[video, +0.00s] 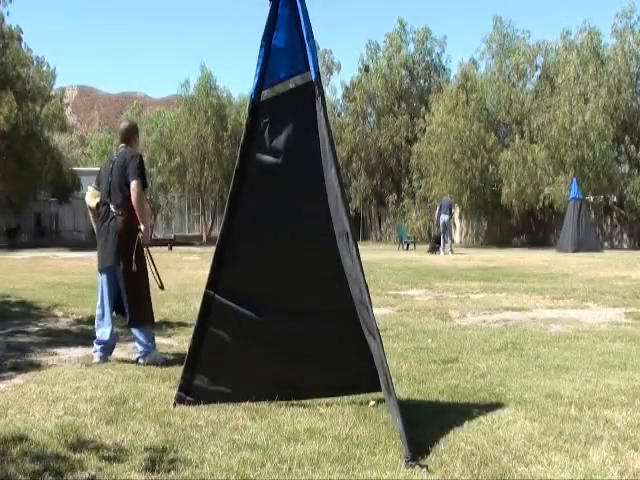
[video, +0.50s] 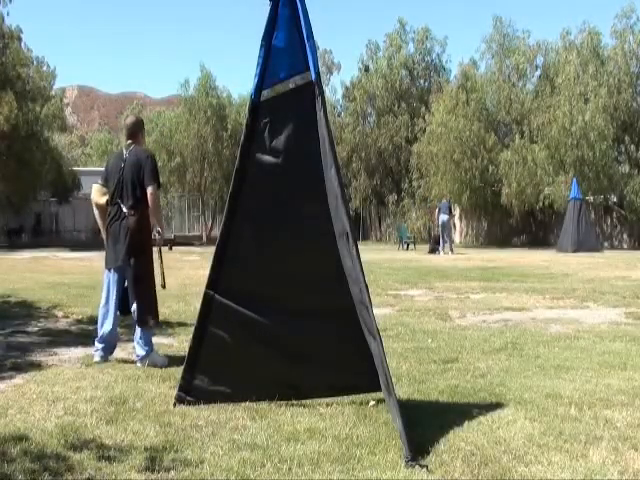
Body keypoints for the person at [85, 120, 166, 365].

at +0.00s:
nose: (140, 141)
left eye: (138, 137)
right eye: (139, 138)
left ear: (119, 139)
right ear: (136, 138)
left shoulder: (107, 163)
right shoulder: (133, 158)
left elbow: (92, 200)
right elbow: (136, 195)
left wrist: (100, 228)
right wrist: (145, 225)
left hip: (105, 234)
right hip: (125, 232)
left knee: (106, 295)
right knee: (135, 291)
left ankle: (101, 348)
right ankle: (146, 349)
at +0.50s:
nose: (145, 136)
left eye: (141, 133)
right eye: (144, 133)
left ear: (125, 135)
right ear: (142, 134)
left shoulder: (113, 160)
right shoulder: (146, 157)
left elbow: (98, 198)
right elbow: (151, 194)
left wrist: (105, 231)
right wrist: (158, 226)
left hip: (115, 231)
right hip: (138, 233)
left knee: (110, 293)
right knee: (141, 292)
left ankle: (102, 348)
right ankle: (144, 351)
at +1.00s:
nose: (143, 134)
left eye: (140, 131)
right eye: (143, 131)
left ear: (123, 133)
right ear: (140, 132)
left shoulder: (113, 160)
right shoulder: (144, 156)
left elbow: (98, 198)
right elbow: (150, 194)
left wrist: (105, 230)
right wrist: (158, 227)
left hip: (114, 231)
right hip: (137, 231)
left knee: (110, 293)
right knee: (141, 292)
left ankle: (102, 348)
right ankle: (144, 350)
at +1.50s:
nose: (145, 135)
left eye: (143, 132)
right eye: (144, 132)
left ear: (125, 135)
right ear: (140, 133)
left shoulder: (113, 160)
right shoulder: (144, 155)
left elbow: (99, 197)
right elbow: (149, 193)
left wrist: (105, 228)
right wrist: (156, 227)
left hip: (112, 230)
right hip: (134, 230)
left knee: (109, 294)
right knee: (138, 293)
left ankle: (102, 349)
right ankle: (144, 351)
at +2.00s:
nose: (146, 135)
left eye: (143, 132)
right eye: (145, 132)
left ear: (126, 135)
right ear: (141, 133)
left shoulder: (114, 159)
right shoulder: (144, 156)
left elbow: (98, 196)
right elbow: (149, 193)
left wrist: (105, 226)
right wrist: (156, 226)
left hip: (112, 229)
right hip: (134, 230)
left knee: (109, 294)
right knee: (138, 292)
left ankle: (101, 349)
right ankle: (144, 351)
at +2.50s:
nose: (146, 136)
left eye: (144, 132)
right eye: (145, 132)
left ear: (126, 134)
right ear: (140, 133)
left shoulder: (114, 158)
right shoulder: (143, 156)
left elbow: (99, 194)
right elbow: (147, 194)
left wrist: (106, 223)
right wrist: (154, 227)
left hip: (111, 228)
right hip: (133, 228)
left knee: (109, 292)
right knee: (137, 291)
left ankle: (101, 348)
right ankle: (144, 351)